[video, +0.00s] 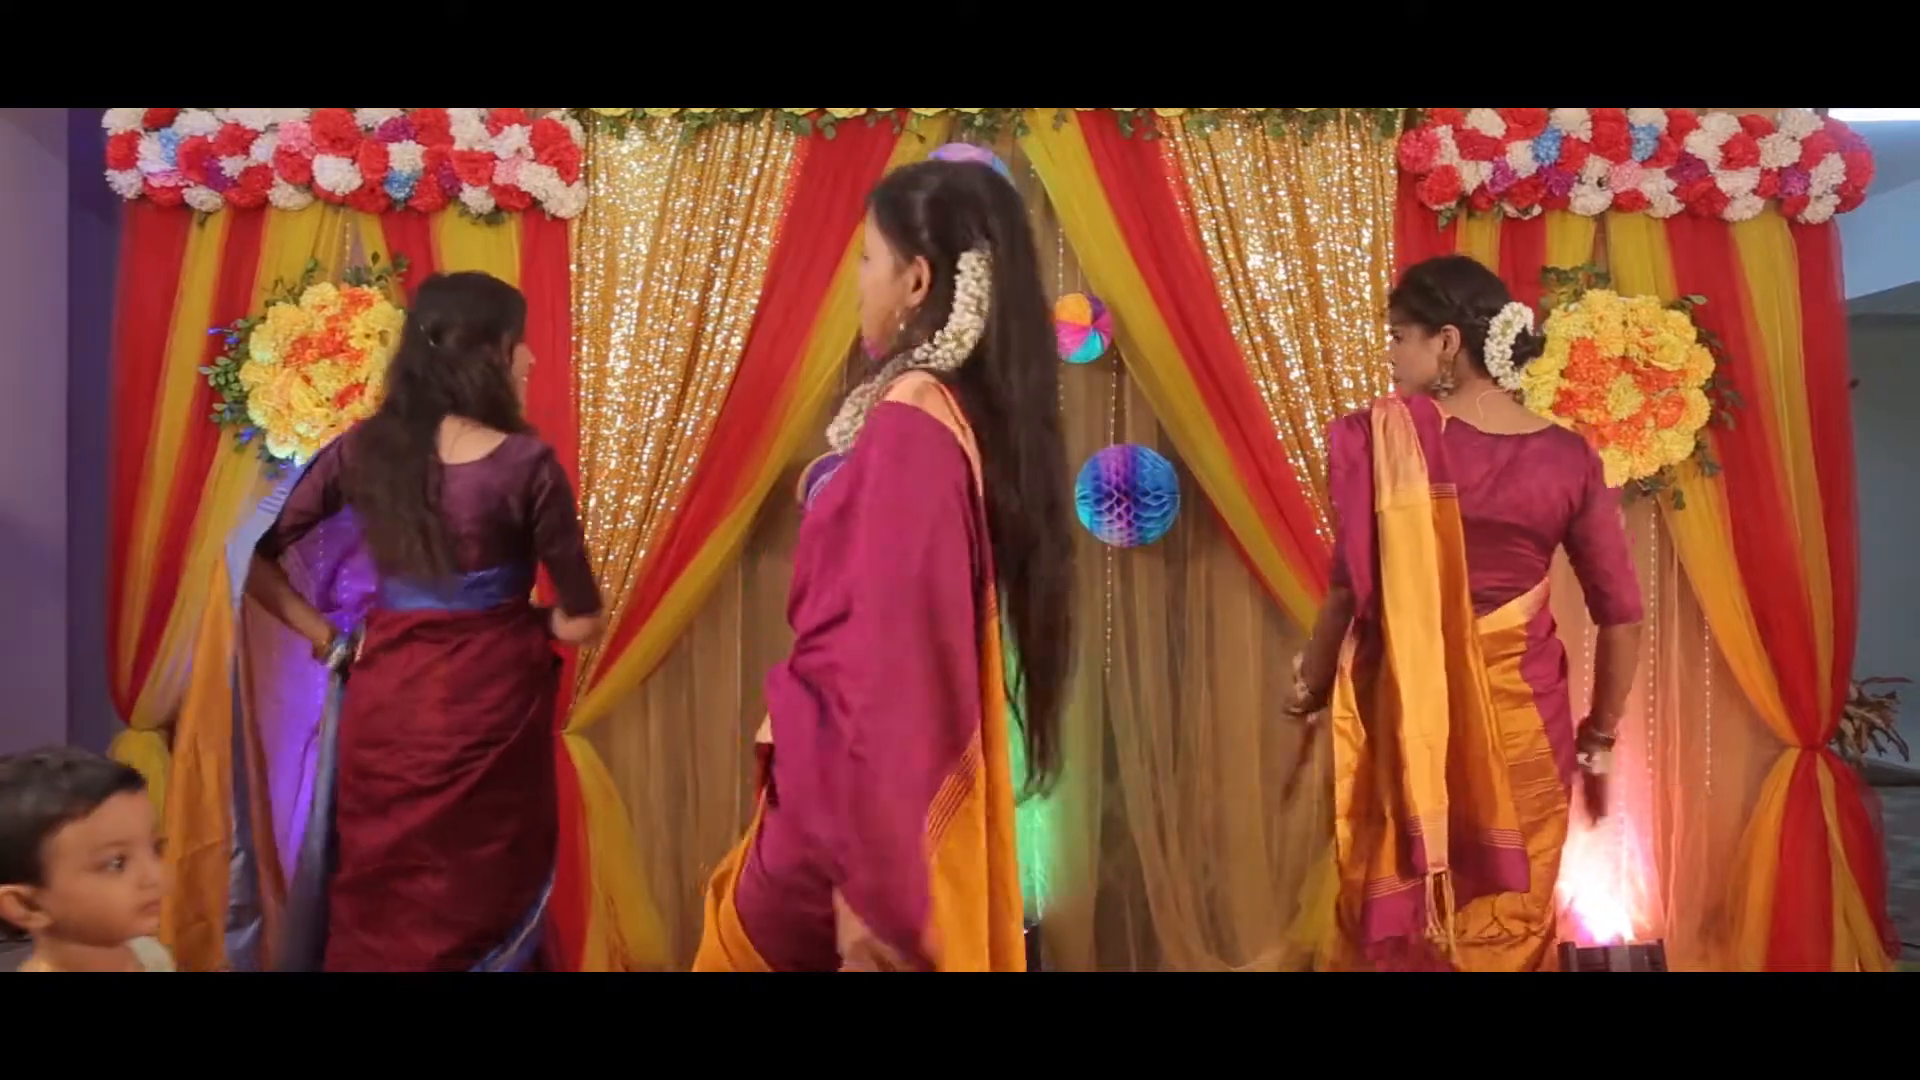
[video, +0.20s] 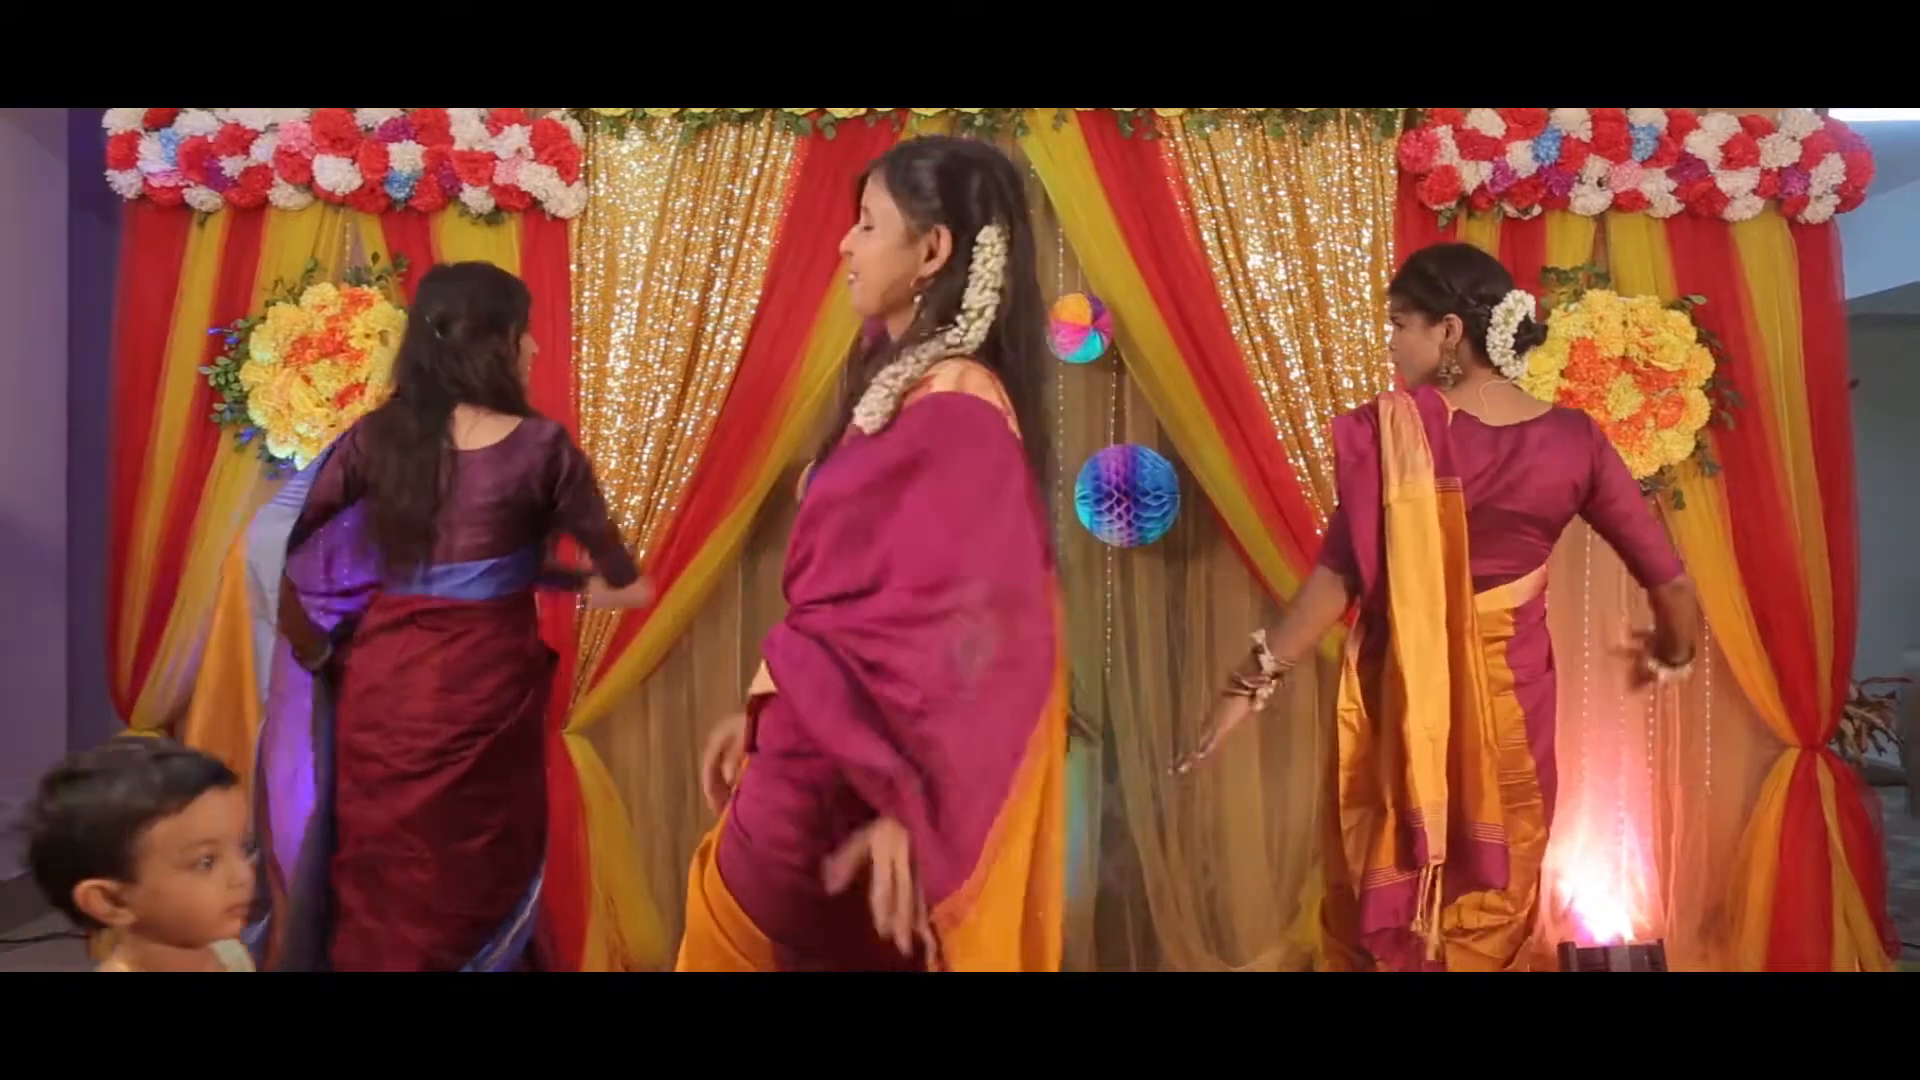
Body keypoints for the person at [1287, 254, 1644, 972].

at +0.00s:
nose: (1390, 358)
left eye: (1398, 338)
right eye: (1392, 339)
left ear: (1448, 341)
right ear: (1469, 340)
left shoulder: (1372, 435)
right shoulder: (1566, 454)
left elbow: (1353, 581)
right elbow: (1621, 612)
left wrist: (1314, 675)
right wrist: (1600, 733)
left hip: (1403, 714)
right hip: (1524, 718)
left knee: (1399, 919)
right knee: (1513, 921)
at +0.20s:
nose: (1388, 346)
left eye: (1398, 326)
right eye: (1389, 326)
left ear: (1451, 331)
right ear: (1465, 330)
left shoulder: (1386, 432)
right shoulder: (1569, 437)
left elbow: (1339, 574)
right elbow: (1668, 577)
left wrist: (1253, 679)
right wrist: (1673, 652)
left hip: (1399, 694)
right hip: (1515, 693)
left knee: (1388, 900)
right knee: (1500, 903)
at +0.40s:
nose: (1385, 359)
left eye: (1394, 340)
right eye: (1386, 340)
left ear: (1445, 346)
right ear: (1462, 346)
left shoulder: (1375, 441)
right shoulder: (1548, 457)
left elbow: (1326, 578)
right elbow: (1650, 571)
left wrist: (1245, 676)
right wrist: (1699, 598)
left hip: (1392, 717)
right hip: (1514, 714)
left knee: (1378, 924)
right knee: (1501, 926)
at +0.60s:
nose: (1382, 344)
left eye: (1391, 325)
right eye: (1382, 326)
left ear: (1446, 330)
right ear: (1457, 330)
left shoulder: (1415, 425)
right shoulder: (1550, 426)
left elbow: (1361, 538)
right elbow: (1625, 451)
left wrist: (1263, 594)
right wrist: (1644, 371)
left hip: (1391, 664)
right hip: (1493, 665)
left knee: (1353, 843)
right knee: (1473, 845)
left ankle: (1367, 958)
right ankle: (1468, 961)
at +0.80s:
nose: (1384, 366)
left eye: (1397, 348)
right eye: (1385, 347)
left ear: (1453, 353)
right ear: (1454, 355)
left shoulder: (1422, 439)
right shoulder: (1525, 444)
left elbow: (1400, 571)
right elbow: (1566, 473)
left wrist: (1308, 625)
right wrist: (1566, 380)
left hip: (1386, 687)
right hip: (1485, 688)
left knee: (1341, 881)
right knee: (1479, 882)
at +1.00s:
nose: (1384, 354)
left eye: (1400, 336)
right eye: (1382, 335)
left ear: (1458, 340)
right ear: (1458, 345)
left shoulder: (1436, 427)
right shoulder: (1515, 432)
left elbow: (1427, 547)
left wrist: (1334, 585)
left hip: (1395, 667)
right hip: (1466, 670)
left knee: (1349, 864)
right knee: (1448, 856)